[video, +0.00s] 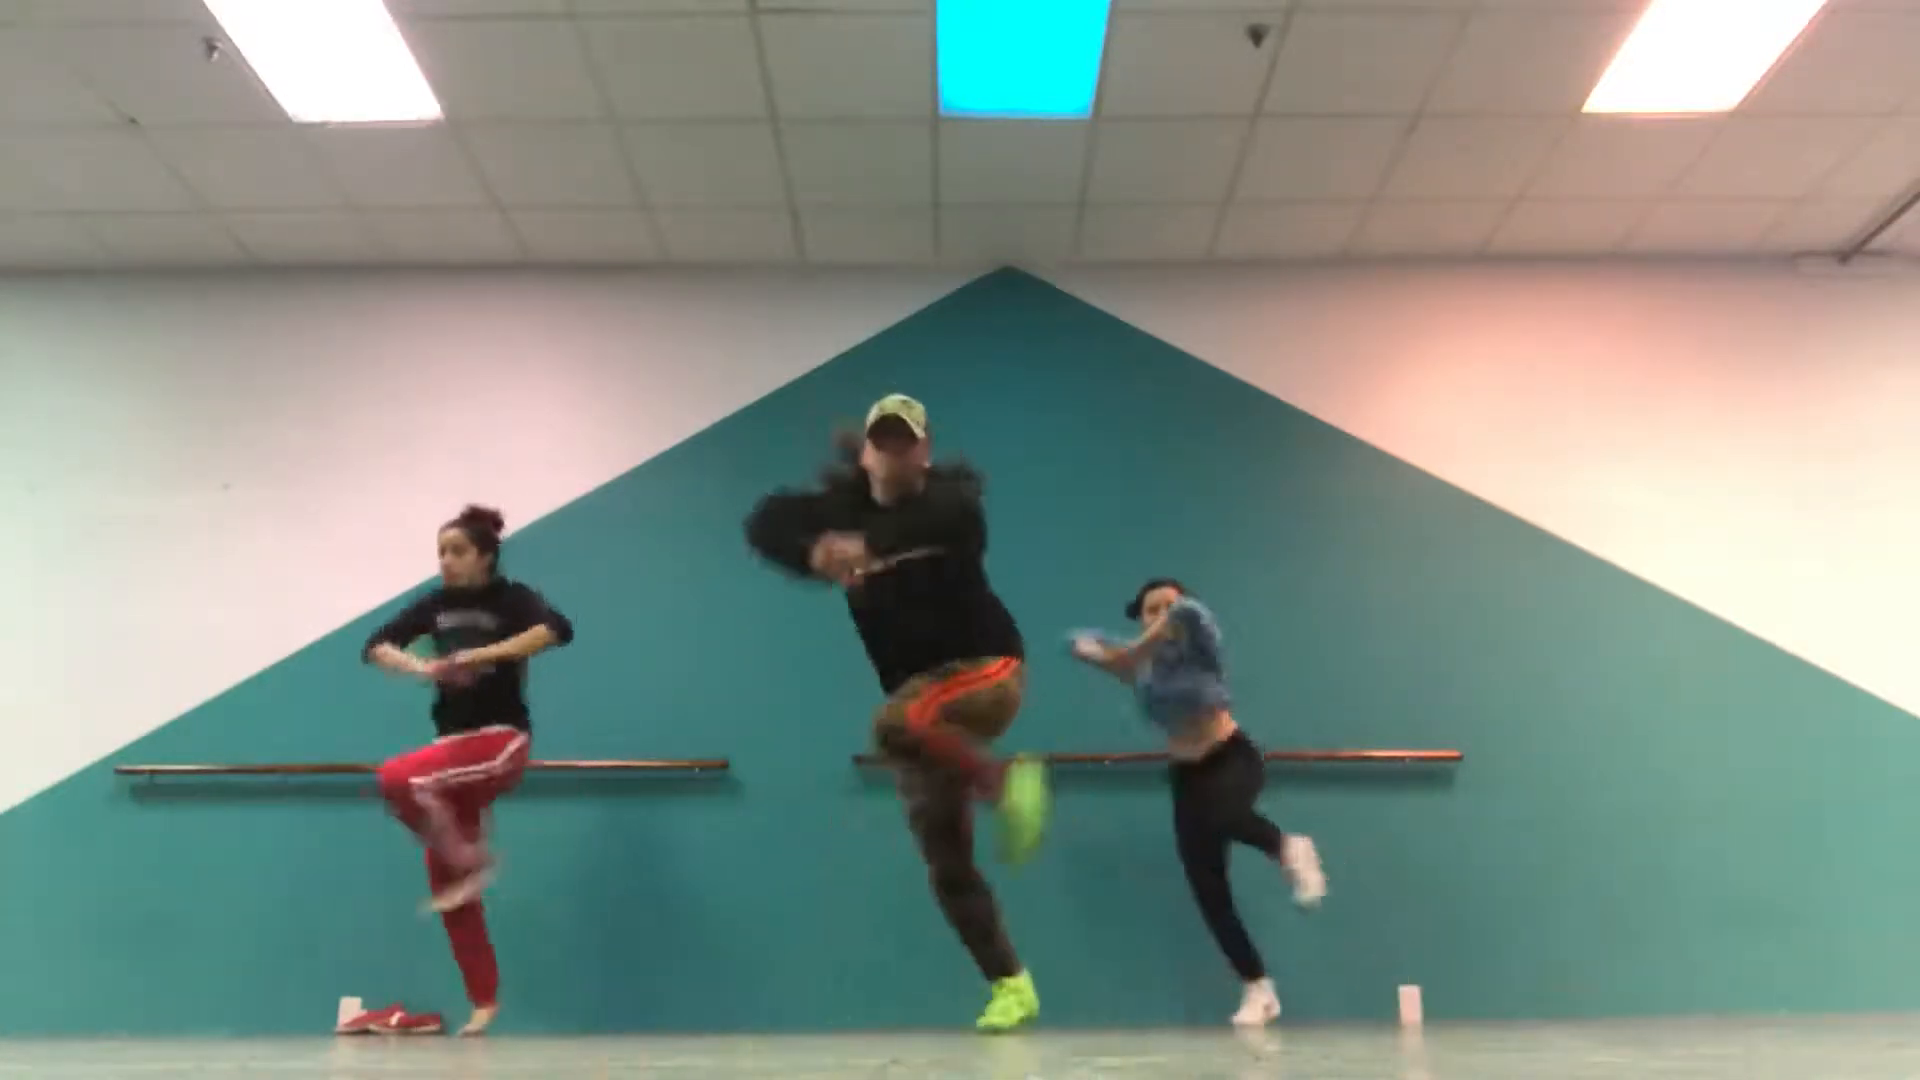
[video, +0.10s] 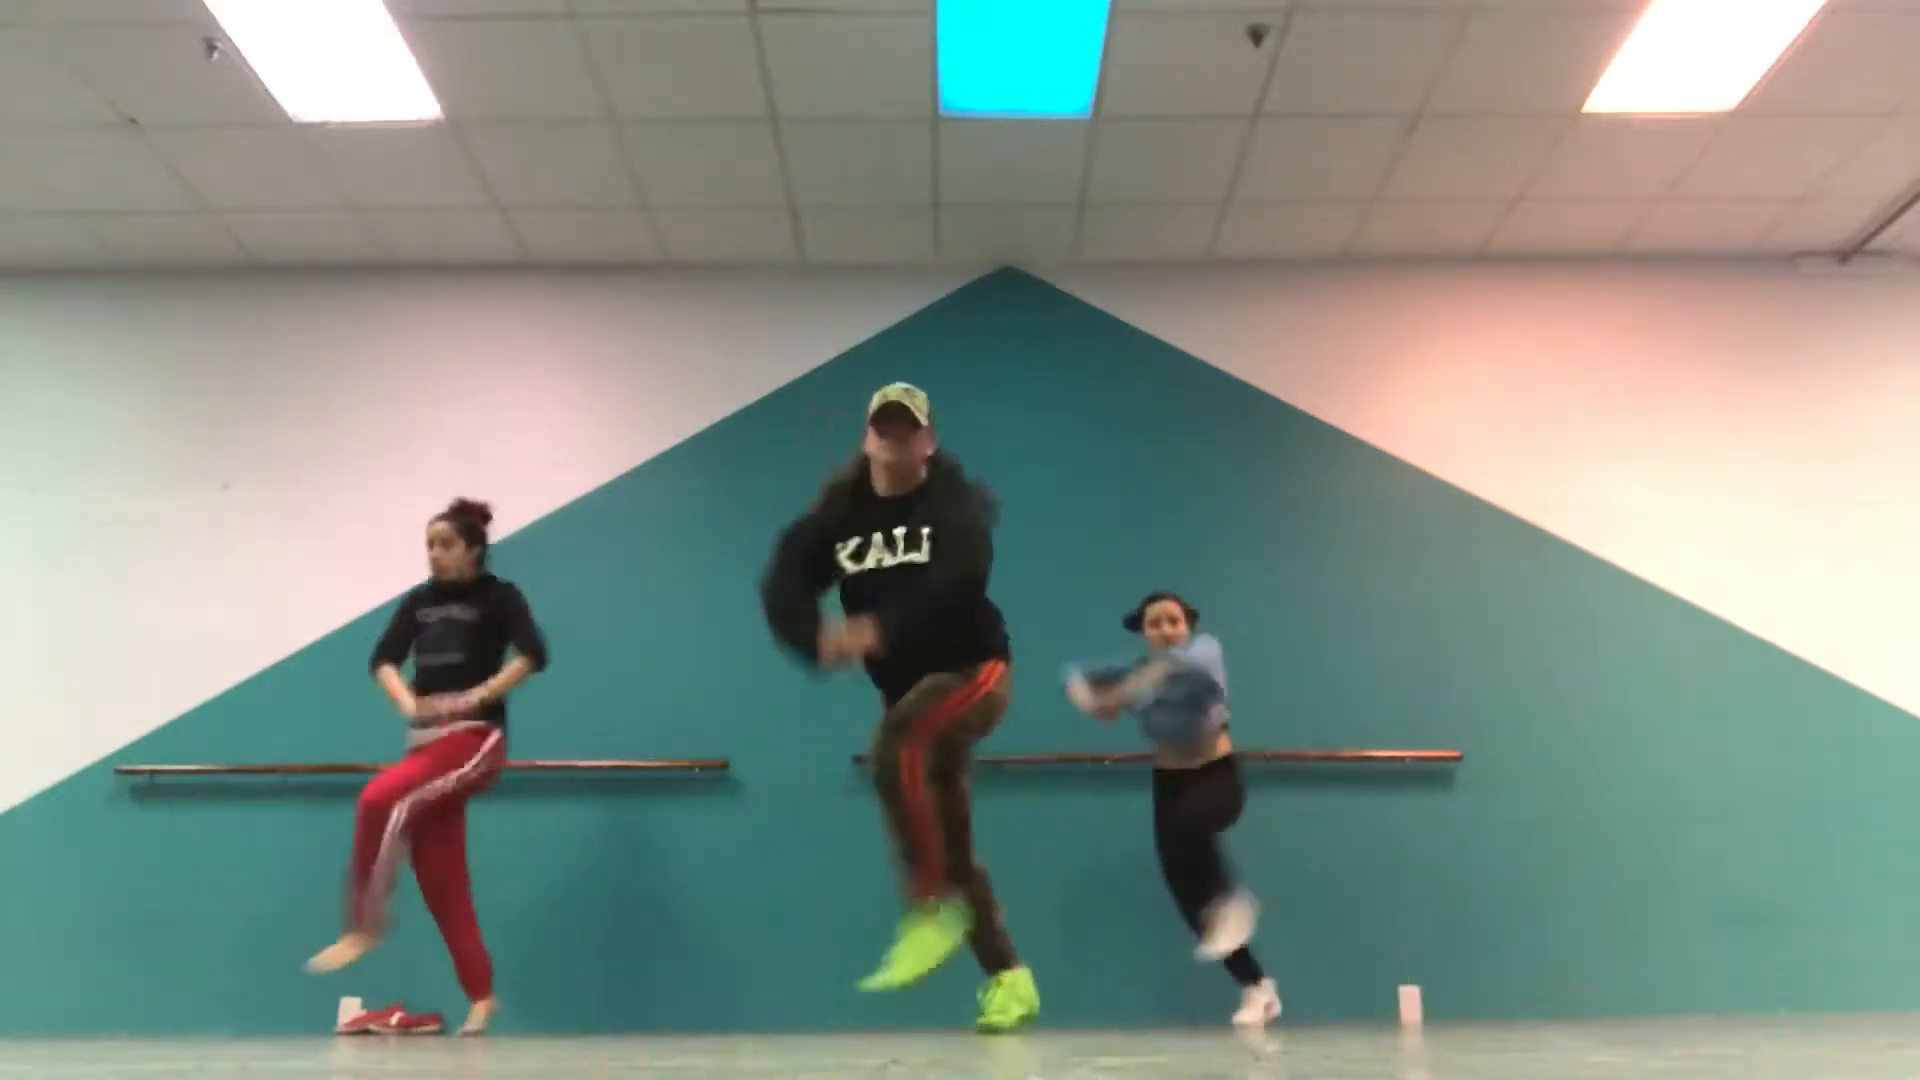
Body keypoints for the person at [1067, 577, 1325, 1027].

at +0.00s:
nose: (1160, 616)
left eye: (1168, 606)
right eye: (1151, 610)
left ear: (1185, 608)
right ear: (1140, 619)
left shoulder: (1199, 639)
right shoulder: (1144, 659)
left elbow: (1180, 615)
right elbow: (1124, 667)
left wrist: (1116, 655)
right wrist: (1094, 655)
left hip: (1231, 757)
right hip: (1189, 774)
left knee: (1226, 815)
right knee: (1209, 889)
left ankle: (1289, 851)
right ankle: (1257, 986)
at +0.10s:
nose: (1165, 630)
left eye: (1173, 621)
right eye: (1155, 623)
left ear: (1189, 625)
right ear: (1143, 632)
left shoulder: (1205, 653)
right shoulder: (1142, 672)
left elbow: (1165, 670)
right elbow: (1107, 695)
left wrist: (1117, 697)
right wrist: (1086, 695)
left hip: (1214, 777)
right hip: (1170, 784)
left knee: (1189, 826)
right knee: (1192, 893)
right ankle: (1255, 986)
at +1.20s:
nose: (1050, 576)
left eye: (1059, 568)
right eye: (1049, 569)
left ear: (1084, 576)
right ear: (1071, 580)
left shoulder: (1061, 609)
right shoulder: (1088, 616)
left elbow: (1029, 569)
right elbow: (1103, 611)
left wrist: (991, 551)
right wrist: (1097, 590)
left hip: (1075, 745)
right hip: (1089, 743)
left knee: (1060, 863)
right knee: (1077, 863)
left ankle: (1091, 984)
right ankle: (1100, 977)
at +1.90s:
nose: (1092, 604)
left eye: (1098, 597)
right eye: (1096, 598)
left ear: (1113, 602)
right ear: (1135, 607)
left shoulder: (1115, 630)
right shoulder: (1150, 656)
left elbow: (1078, 582)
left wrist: (1037, 537)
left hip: (1106, 772)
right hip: (1133, 774)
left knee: (1048, 880)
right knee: (1140, 896)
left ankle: (1084, 990)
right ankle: (1227, 965)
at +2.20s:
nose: (1028, 612)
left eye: (1037, 603)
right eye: (1025, 604)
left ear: (1064, 609)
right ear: (1024, 611)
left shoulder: (1093, 659)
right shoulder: (1017, 659)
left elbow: (1100, 712)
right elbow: (958, 686)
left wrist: (1080, 751)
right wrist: (950, 733)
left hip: (1065, 764)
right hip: (1024, 766)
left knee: (1021, 876)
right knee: (976, 871)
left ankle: (1081, 989)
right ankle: (939, 982)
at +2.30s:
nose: (1015, 631)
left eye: (1028, 625)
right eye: (1012, 624)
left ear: (1051, 636)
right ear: (1005, 633)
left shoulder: (1069, 691)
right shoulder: (990, 683)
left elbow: (1100, 753)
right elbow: (938, 729)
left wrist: (1078, 806)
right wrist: (926, 781)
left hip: (1048, 796)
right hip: (1000, 796)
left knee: (1006, 886)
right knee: (944, 888)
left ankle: (1072, 986)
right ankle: (922, 998)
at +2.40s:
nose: (1016, 627)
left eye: (1027, 621)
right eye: (1011, 620)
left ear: (1049, 634)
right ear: (1003, 632)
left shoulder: (1064, 686)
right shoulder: (986, 681)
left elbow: (1100, 749)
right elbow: (940, 727)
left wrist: (1067, 795)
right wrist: (934, 780)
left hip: (1045, 800)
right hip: (998, 800)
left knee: (1013, 893)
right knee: (937, 895)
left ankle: (1075, 991)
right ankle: (921, 999)